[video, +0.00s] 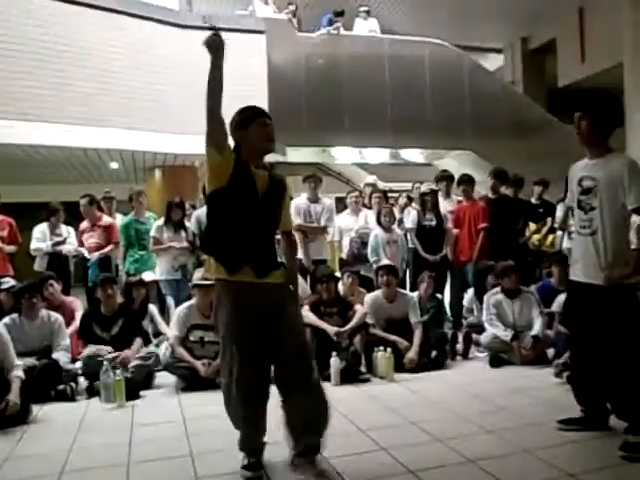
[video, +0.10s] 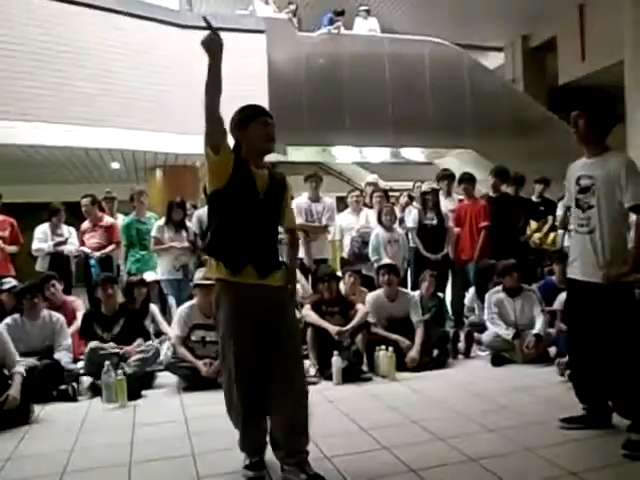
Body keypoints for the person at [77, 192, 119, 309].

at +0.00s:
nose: (82, 210)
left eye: (84, 206)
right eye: (81, 206)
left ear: (93, 206)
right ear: (81, 208)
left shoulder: (108, 223)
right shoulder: (83, 226)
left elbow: (115, 243)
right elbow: (80, 245)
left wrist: (99, 254)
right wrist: (84, 252)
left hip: (105, 260)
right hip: (89, 261)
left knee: (107, 290)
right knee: (90, 291)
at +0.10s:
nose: (84, 209)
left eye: (86, 205)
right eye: (82, 206)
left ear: (95, 206)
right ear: (81, 208)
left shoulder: (110, 223)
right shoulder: (84, 226)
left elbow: (116, 243)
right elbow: (81, 244)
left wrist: (102, 253)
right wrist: (86, 250)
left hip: (105, 257)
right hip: (90, 258)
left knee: (108, 287)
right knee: (91, 288)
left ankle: (109, 313)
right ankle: (94, 313)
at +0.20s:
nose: (87, 214)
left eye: (90, 211)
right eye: (85, 211)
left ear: (98, 209)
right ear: (84, 211)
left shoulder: (110, 223)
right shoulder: (86, 226)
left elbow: (118, 243)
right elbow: (84, 243)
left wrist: (106, 252)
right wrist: (84, 253)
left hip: (106, 257)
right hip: (90, 258)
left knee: (109, 286)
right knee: (92, 288)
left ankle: (111, 313)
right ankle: (96, 313)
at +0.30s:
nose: (88, 217)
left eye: (90, 213)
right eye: (86, 214)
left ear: (97, 210)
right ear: (84, 214)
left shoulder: (110, 225)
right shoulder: (84, 228)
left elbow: (117, 245)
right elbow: (82, 246)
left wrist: (103, 254)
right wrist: (84, 253)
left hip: (105, 257)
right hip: (89, 259)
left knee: (109, 286)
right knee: (93, 287)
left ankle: (111, 312)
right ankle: (96, 312)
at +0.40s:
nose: (91, 210)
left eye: (93, 207)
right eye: (88, 207)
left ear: (99, 207)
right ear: (85, 210)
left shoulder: (111, 224)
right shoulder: (86, 228)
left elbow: (118, 244)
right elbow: (84, 246)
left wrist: (103, 254)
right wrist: (86, 254)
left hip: (106, 259)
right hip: (91, 260)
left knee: (110, 289)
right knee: (93, 290)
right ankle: (97, 315)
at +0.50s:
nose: (90, 210)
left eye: (93, 207)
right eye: (87, 207)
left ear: (99, 207)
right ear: (85, 210)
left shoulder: (111, 224)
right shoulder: (86, 228)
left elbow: (117, 244)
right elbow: (83, 246)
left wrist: (101, 254)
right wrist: (85, 254)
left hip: (106, 259)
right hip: (91, 261)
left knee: (110, 289)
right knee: (93, 290)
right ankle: (97, 316)